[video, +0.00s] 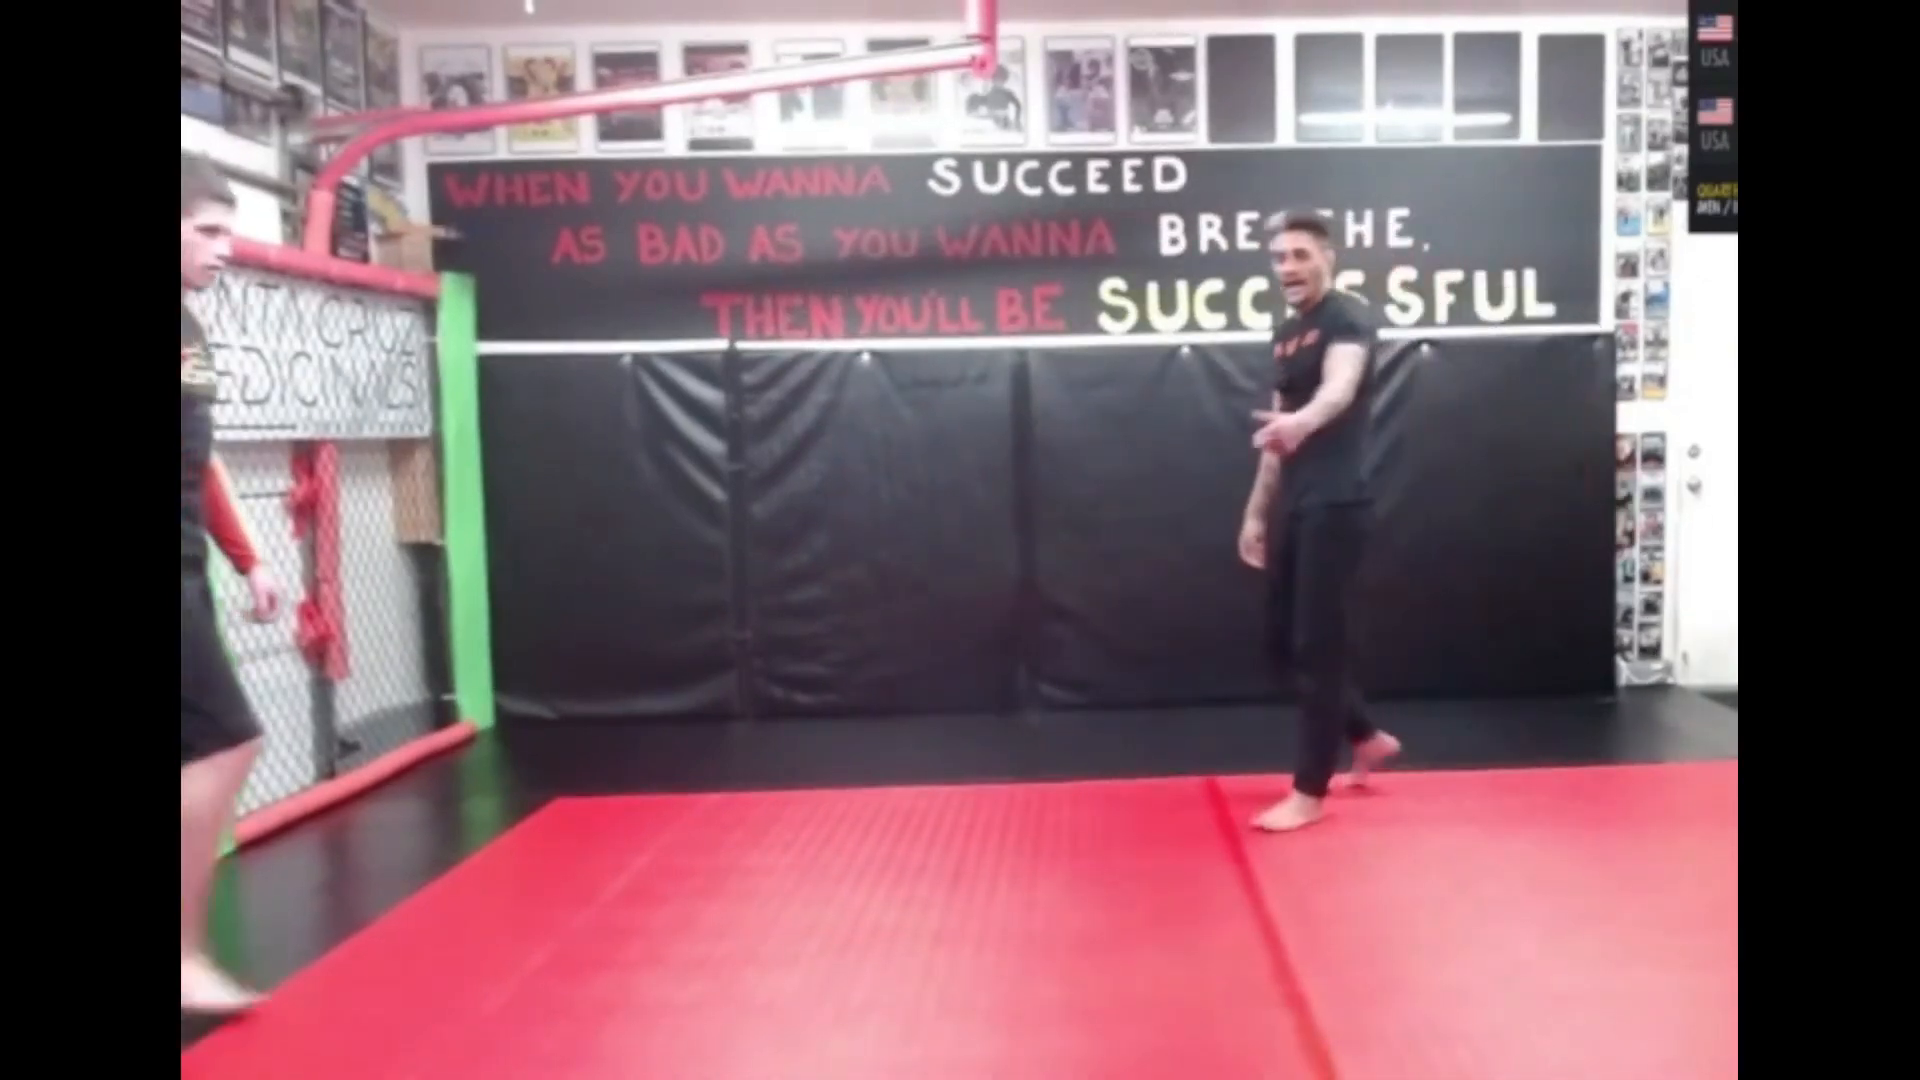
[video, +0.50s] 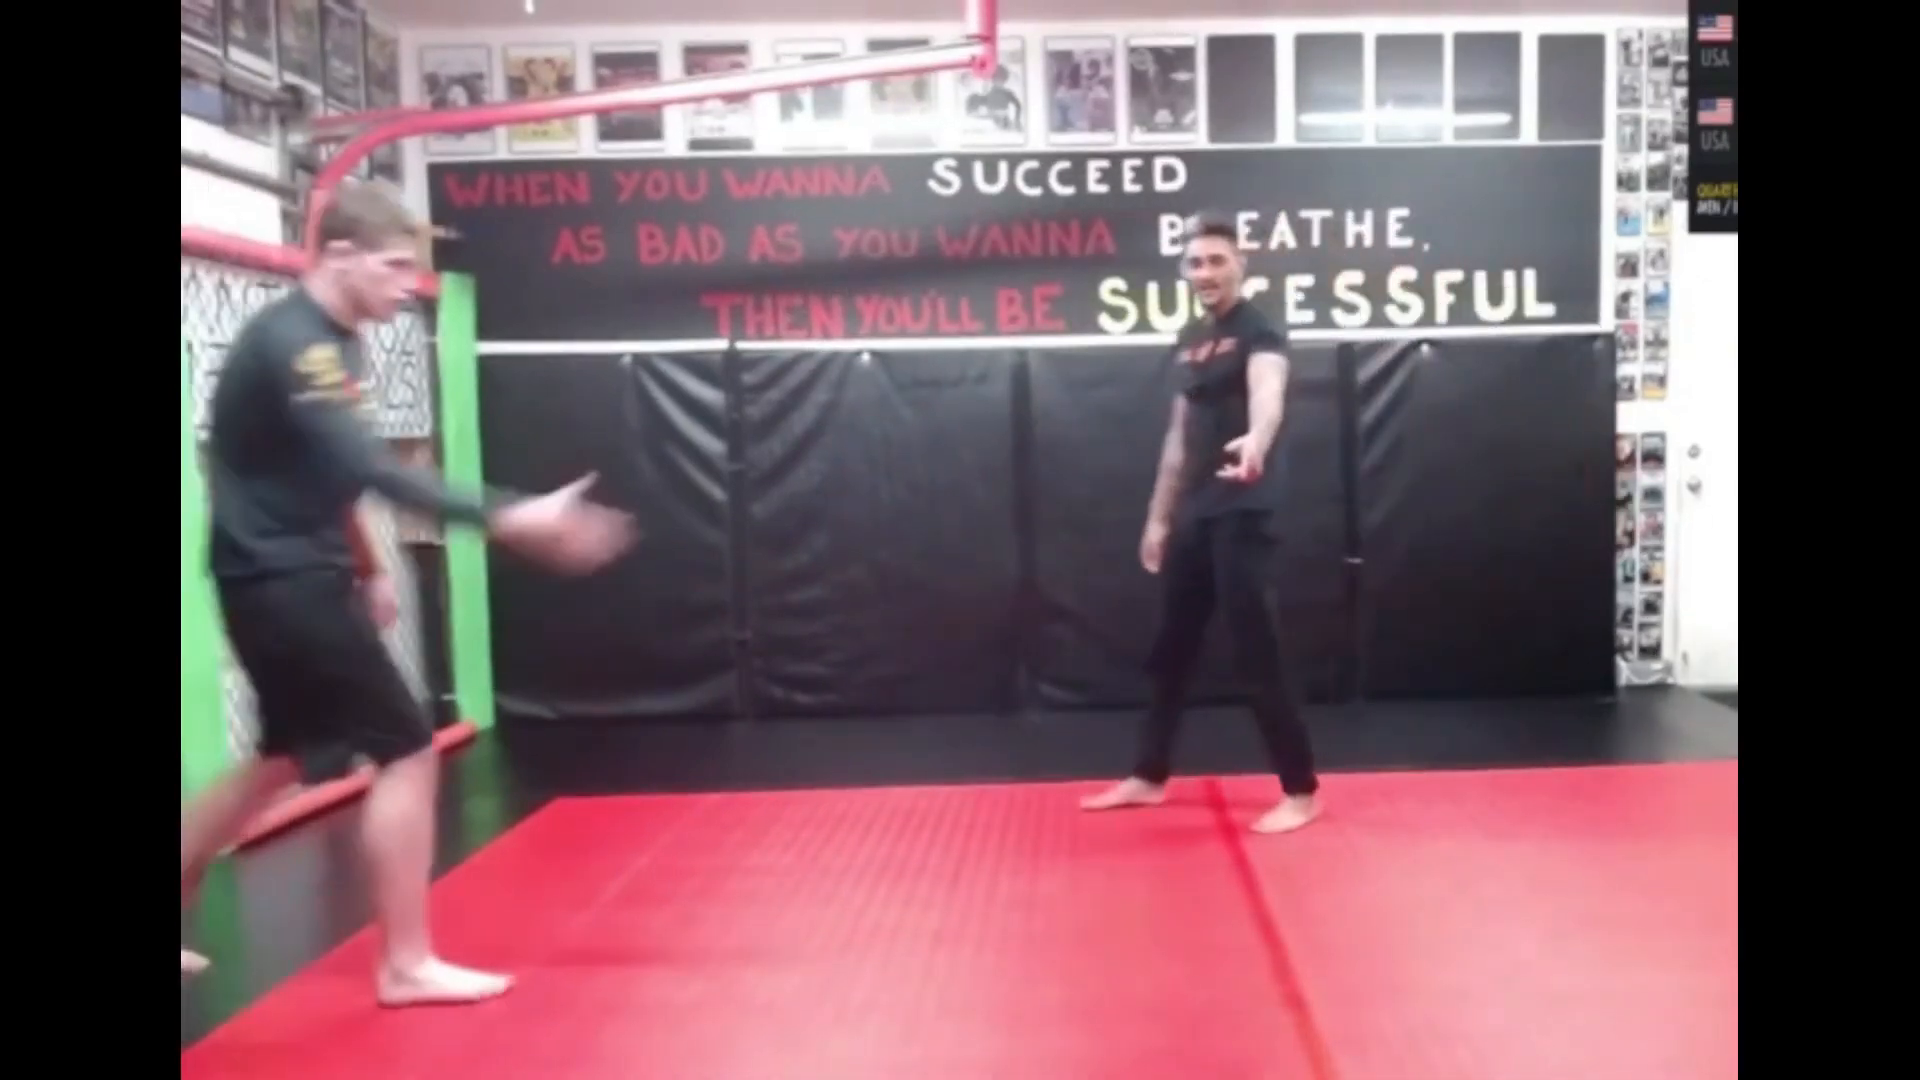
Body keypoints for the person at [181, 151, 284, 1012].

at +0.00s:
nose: (222, 247)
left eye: (225, 232)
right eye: (209, 230)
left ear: (217, 241)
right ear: (174, 236)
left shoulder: (196, 335)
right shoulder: (187, 334)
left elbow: (199, 459)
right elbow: (202, 464)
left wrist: (248, 557)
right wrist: (242, 559)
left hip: (194, 574)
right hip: (187, 576)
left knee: (222, 739)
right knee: (225, 737)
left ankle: (192, 954)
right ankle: (189, 955)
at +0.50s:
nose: (408, 291)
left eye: (412, 275)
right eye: (399, 272)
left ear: (358, 263)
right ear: (344, 258)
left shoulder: (324, 333)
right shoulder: (294, 339)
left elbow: (331, 475)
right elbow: (372, 466)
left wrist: (369, 564)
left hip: (282, 575)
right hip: (282, 578)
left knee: (278, 756)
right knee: (405, 749)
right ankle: (407, 963)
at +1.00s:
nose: (678, 281)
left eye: (681, 265)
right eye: (671, 262)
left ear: (612, 251)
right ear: (619, 247)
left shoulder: (546, 312)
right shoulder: (583, 320)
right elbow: (715, 400)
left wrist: (678, 425)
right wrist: (861, 420)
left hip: (587, 567)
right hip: (561, 572)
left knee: (680, 732)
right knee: (563, 771)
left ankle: (717, 913)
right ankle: (432, 929)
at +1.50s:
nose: (920, 313)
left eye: (922, 297)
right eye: (913, 296)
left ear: (847, 280)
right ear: (861, 280)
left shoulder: (759, 316)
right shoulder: (837, 352)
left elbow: (723, 439)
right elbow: (974, 438)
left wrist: (779, 528)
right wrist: (1122, 450)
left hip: (684, 544)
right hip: (741, 552)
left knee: (772, 727)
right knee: (858, 729)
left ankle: (722, 906)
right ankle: (908, 927)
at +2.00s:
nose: (1002, 342)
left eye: (1007, 326)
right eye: (998, 322)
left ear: (940, 306)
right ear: (950, 305)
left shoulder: (868, 323)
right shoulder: (913, 363)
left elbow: (797, 428)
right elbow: (943, 509)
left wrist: (839, 522)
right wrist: (1033, 452)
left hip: (720, 525)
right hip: (779, 543)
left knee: (761, 729)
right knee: (872, 728)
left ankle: (719, 910)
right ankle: (903, 928)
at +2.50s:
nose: (1003, 325)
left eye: (1006, 309)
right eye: (996, 307)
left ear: (938, 298)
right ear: (948, 298)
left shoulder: (858, 324)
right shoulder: (901, 353)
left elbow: (792, 459)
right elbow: (834, 491)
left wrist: (850, 537)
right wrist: (946, 540)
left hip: (726, 530)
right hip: (782, 544)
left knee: (765, 730)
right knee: (888, 727)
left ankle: (719, 913)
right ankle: (906, 929)